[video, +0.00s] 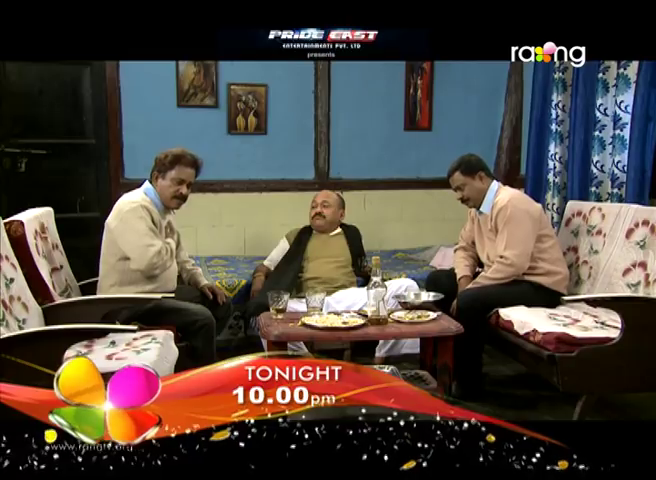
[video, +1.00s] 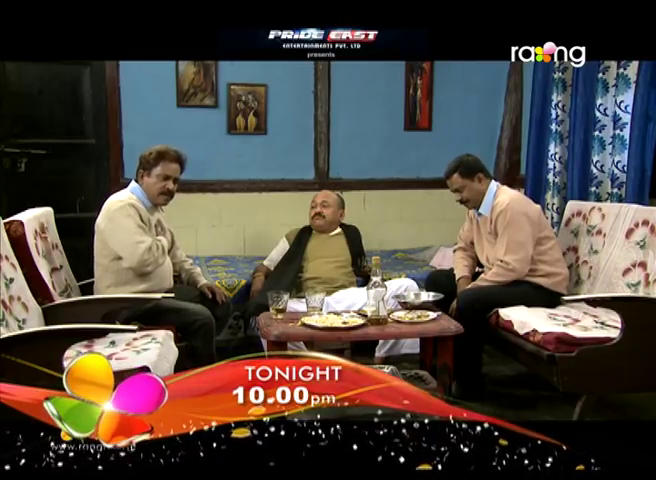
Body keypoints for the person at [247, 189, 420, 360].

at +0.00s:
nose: (317, 210)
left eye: (325, 206)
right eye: (314, 206)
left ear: (341, 213)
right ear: (309, 211)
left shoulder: (351, 233)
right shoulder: (297, 236)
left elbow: (361, 269)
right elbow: (264, 269)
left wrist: (378, 280)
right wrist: (256, 301)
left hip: (350, 297)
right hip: (309, 300)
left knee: (406, 285)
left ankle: (381, 362)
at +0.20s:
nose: (317, 211)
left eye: (325, 206)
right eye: (314, 206)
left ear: (340, 213)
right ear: (309, 211)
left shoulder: (351, 233)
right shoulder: (297, 236)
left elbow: (361, 269)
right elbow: (264, 269)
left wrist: (379, 281)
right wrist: (256, 302)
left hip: (350, 298)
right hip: (309, 300)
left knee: (406, 286)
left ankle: (382, 362)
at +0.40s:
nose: (317, 210)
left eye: (325, 206)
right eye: (314, 206)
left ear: (340, 213)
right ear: (309, 211)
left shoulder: (351, 233)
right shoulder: (297, 236)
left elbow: (361, 269)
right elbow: (264, 269)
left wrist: (378, 280)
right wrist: (256, 301)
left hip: (350, 298)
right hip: (309, 300)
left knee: (406, 285)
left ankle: (382, 363)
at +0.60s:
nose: (317, 210)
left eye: (325, 206)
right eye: (314, 206)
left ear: (340, 213)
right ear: (309, 211)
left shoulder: (351, 233)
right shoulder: (297, 236)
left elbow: (361, 269)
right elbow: (264, 269)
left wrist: (378, 280)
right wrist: (256, 301)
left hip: (351, 298)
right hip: (310, 300)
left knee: (406, 285)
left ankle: (382, 363)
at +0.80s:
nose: (317, 210)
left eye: (325, 206)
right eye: (313, 206)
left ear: (340, 213)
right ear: (309, 212)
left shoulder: (351, 233)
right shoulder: (297, 236)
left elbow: (361, 269)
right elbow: (264, 270)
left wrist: (379, 281)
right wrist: (255, 303)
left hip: (350, 298)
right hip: (310, 300)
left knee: (406, 285)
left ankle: (383, 362)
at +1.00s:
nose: (317, 210)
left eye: (325, 206)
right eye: (313, 206)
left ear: (340, 213)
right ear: (309, 211)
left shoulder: (351, 233)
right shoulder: (297, 236)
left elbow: (361, 269)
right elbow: (264, 268)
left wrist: (379, 282)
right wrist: (256, 300)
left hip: (350, 297)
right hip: (309, 300)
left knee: (406, 285)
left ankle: (382, 362)